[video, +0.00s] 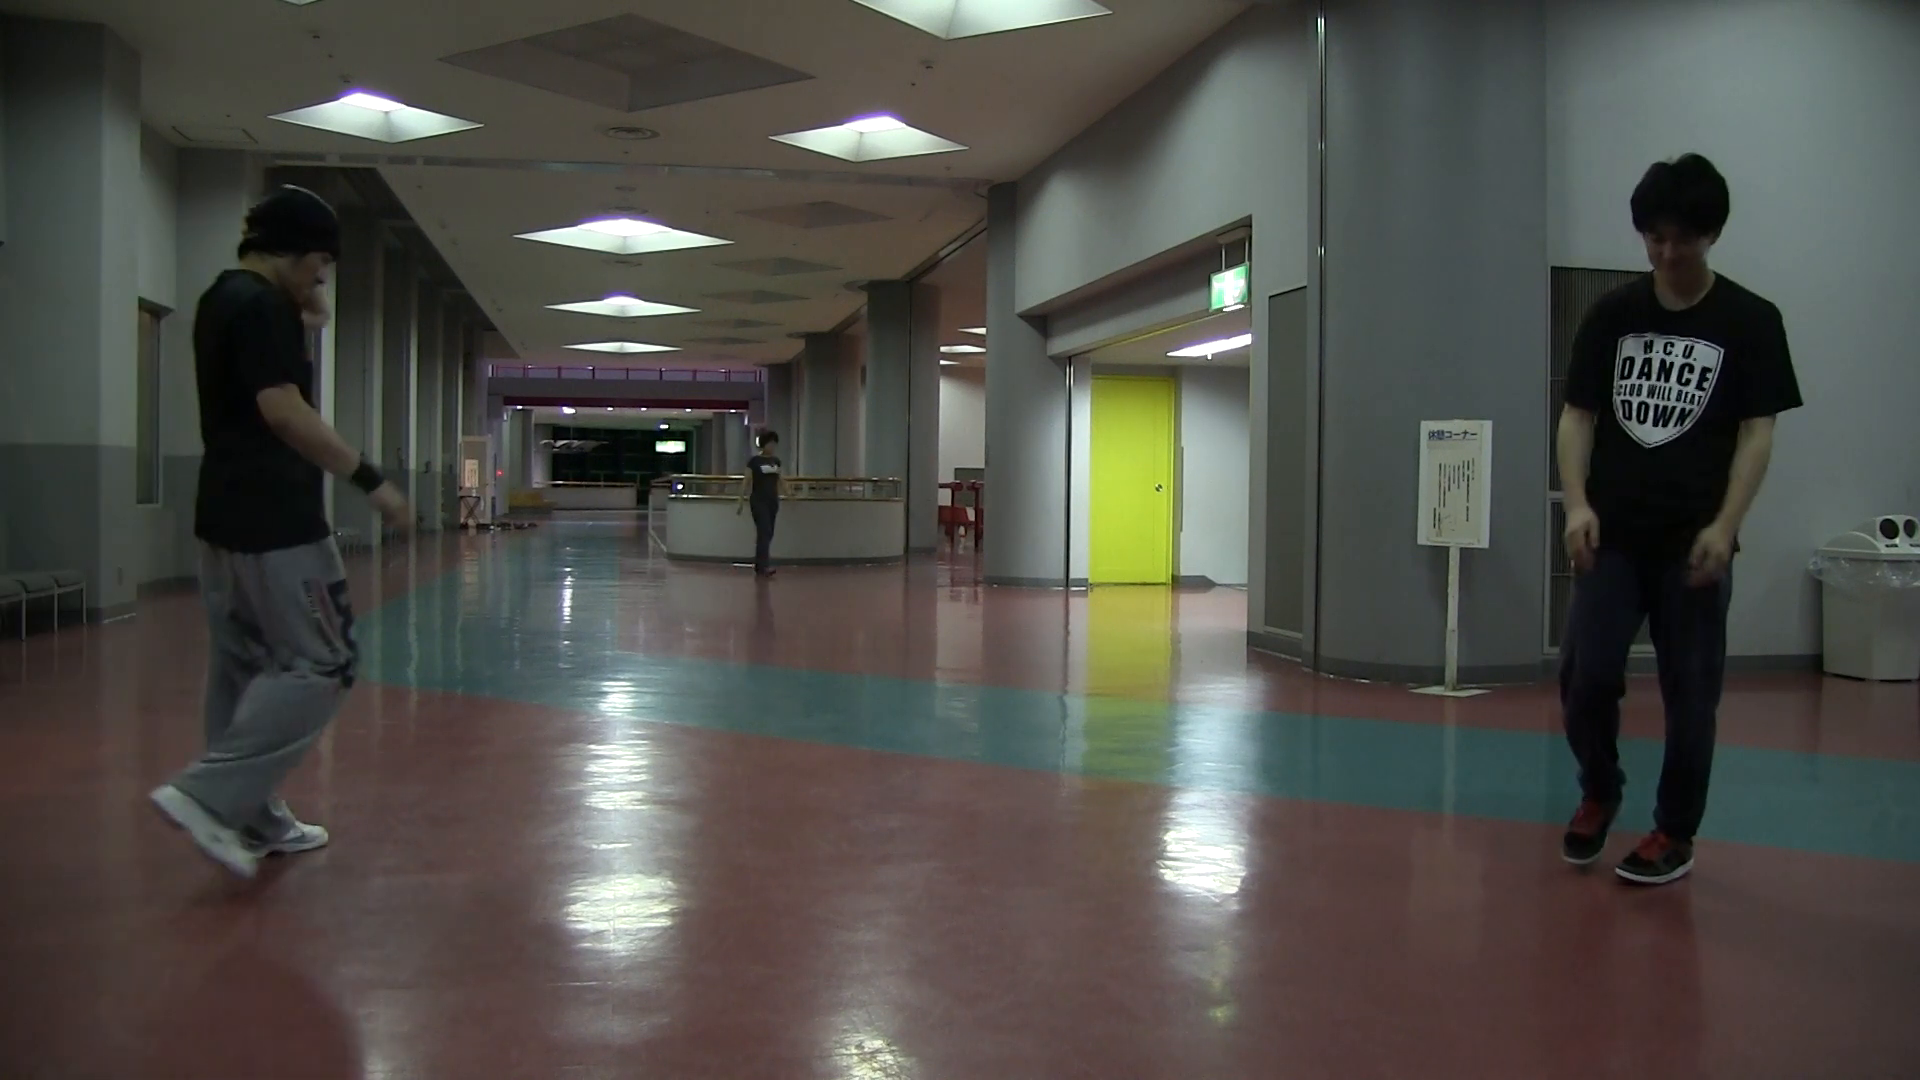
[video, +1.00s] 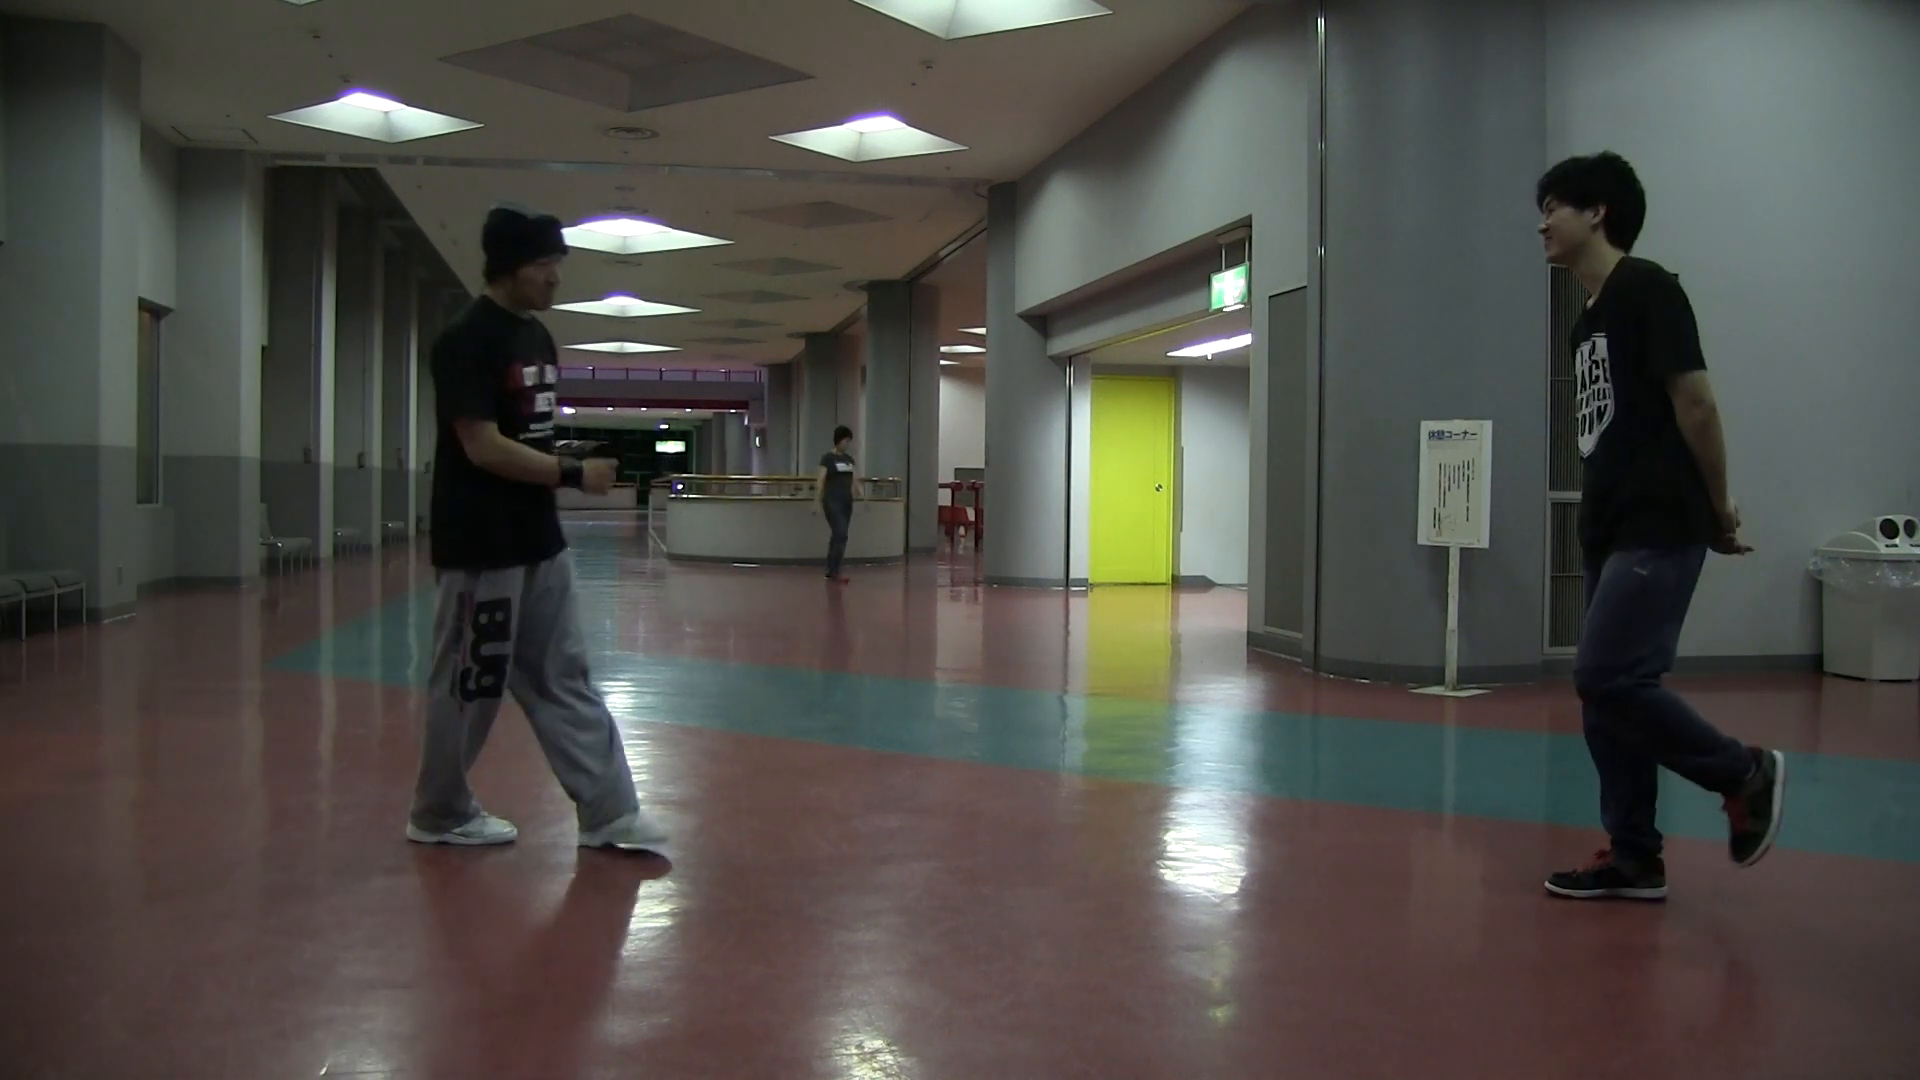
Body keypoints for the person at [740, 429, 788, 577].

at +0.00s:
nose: (773, 447)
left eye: (774, 444)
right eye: (771, 444)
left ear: (774, 445)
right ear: (764, 445)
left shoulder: (776, 462)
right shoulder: (754, 462)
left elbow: (780, 480)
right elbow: (745, 483)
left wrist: (788, 492)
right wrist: (741, 502)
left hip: (772, 500)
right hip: (758, 501)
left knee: (767, 533)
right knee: (764, 532)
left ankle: (761, 565)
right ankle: (762, 566)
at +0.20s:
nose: (786, 450)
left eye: (787, 447)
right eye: (784, 447)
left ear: (786, 448)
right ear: (777, 447)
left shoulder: (789, 464)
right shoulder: (766, 464)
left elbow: (796, 481)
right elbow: (755, 484)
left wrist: (805, 487)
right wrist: (746, 503)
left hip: (785, 503)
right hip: (770, 503)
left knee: (779, 535)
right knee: (777, 534)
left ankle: (764, 562)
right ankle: (783, 566)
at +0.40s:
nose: (799, 445)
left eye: (800, 442)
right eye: (797, 442)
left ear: (800, 443)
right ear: (790, 442)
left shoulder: (801, 460)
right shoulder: (780, 460)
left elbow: (803, 480)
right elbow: (775, 483)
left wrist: (808, 495)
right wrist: (778, 502)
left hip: (800, 503)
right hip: (785, 503)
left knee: (802, 533)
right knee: (784, 535)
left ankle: (791, 562)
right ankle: (784, 567)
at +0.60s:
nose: (815, 447)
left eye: (816, 444)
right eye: (813, 443)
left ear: (814, 445)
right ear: (806, 444)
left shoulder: (813, 462)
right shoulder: (796, 462)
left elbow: (812, 482)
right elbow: (797, 481)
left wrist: (815, 497)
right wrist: (813, 493)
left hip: (812, 503)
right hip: (798, 504)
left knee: (818, 536)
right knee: (791, 537)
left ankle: (827, 568)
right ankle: (785, 568)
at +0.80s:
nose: (834, 446)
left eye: (835, 442)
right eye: (832, 442)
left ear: (834, 444)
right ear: (823, 443)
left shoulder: (832, 461)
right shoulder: (814, 459)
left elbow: (830, 483)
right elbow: (812, 481)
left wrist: (834, 498)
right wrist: (823, 498)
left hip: (832, 500)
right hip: (817, 501)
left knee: (832, 537)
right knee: (816, 536)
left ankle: (831, 571)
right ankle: (797, 562)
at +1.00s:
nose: (847, 444)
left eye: (848, 441)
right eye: (846, 441)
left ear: (847, 442)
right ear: (838, 441)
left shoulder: (849, 460)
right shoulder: (828, 458)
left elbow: (852, 478)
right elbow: (820, 481)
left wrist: (858, 488)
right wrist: (816, 502)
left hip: (846, 501)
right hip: (831, 501)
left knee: (840, 534)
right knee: (839, 534)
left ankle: (833, 570)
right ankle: (832, 570)